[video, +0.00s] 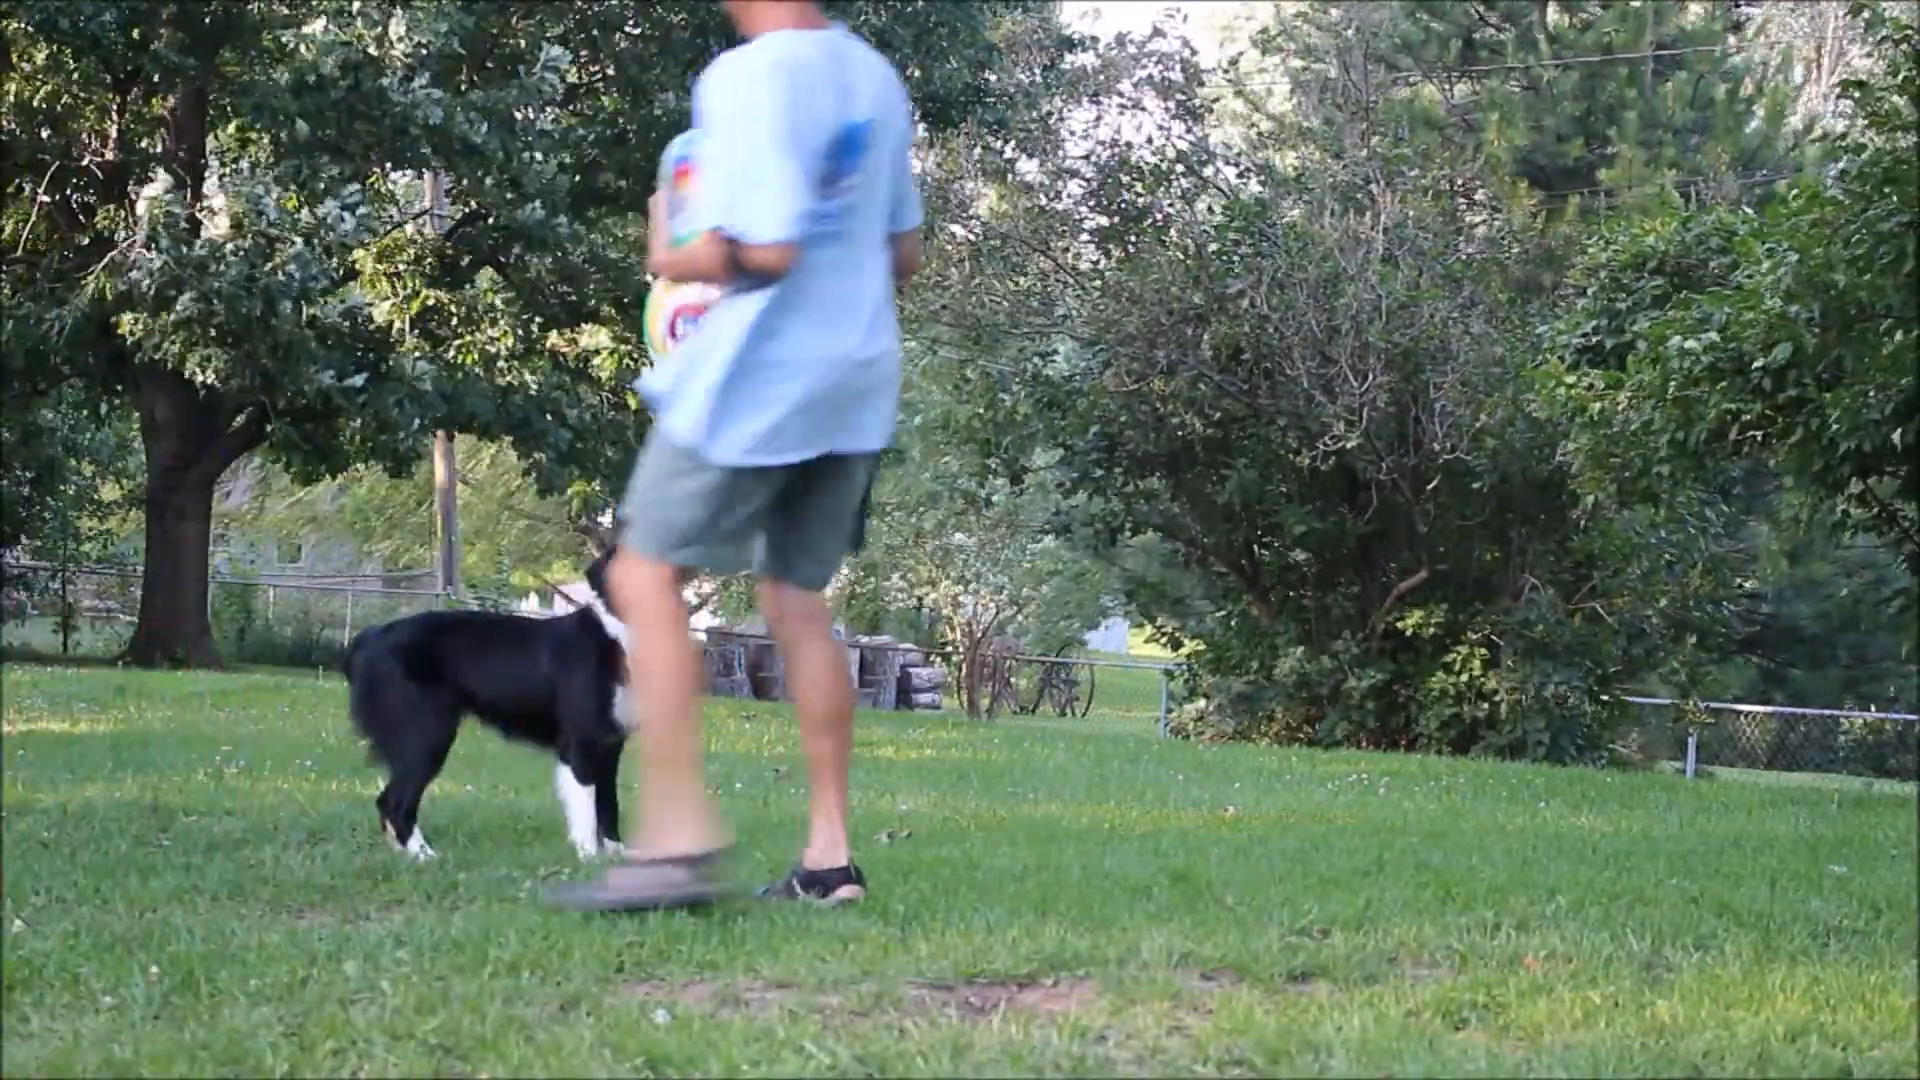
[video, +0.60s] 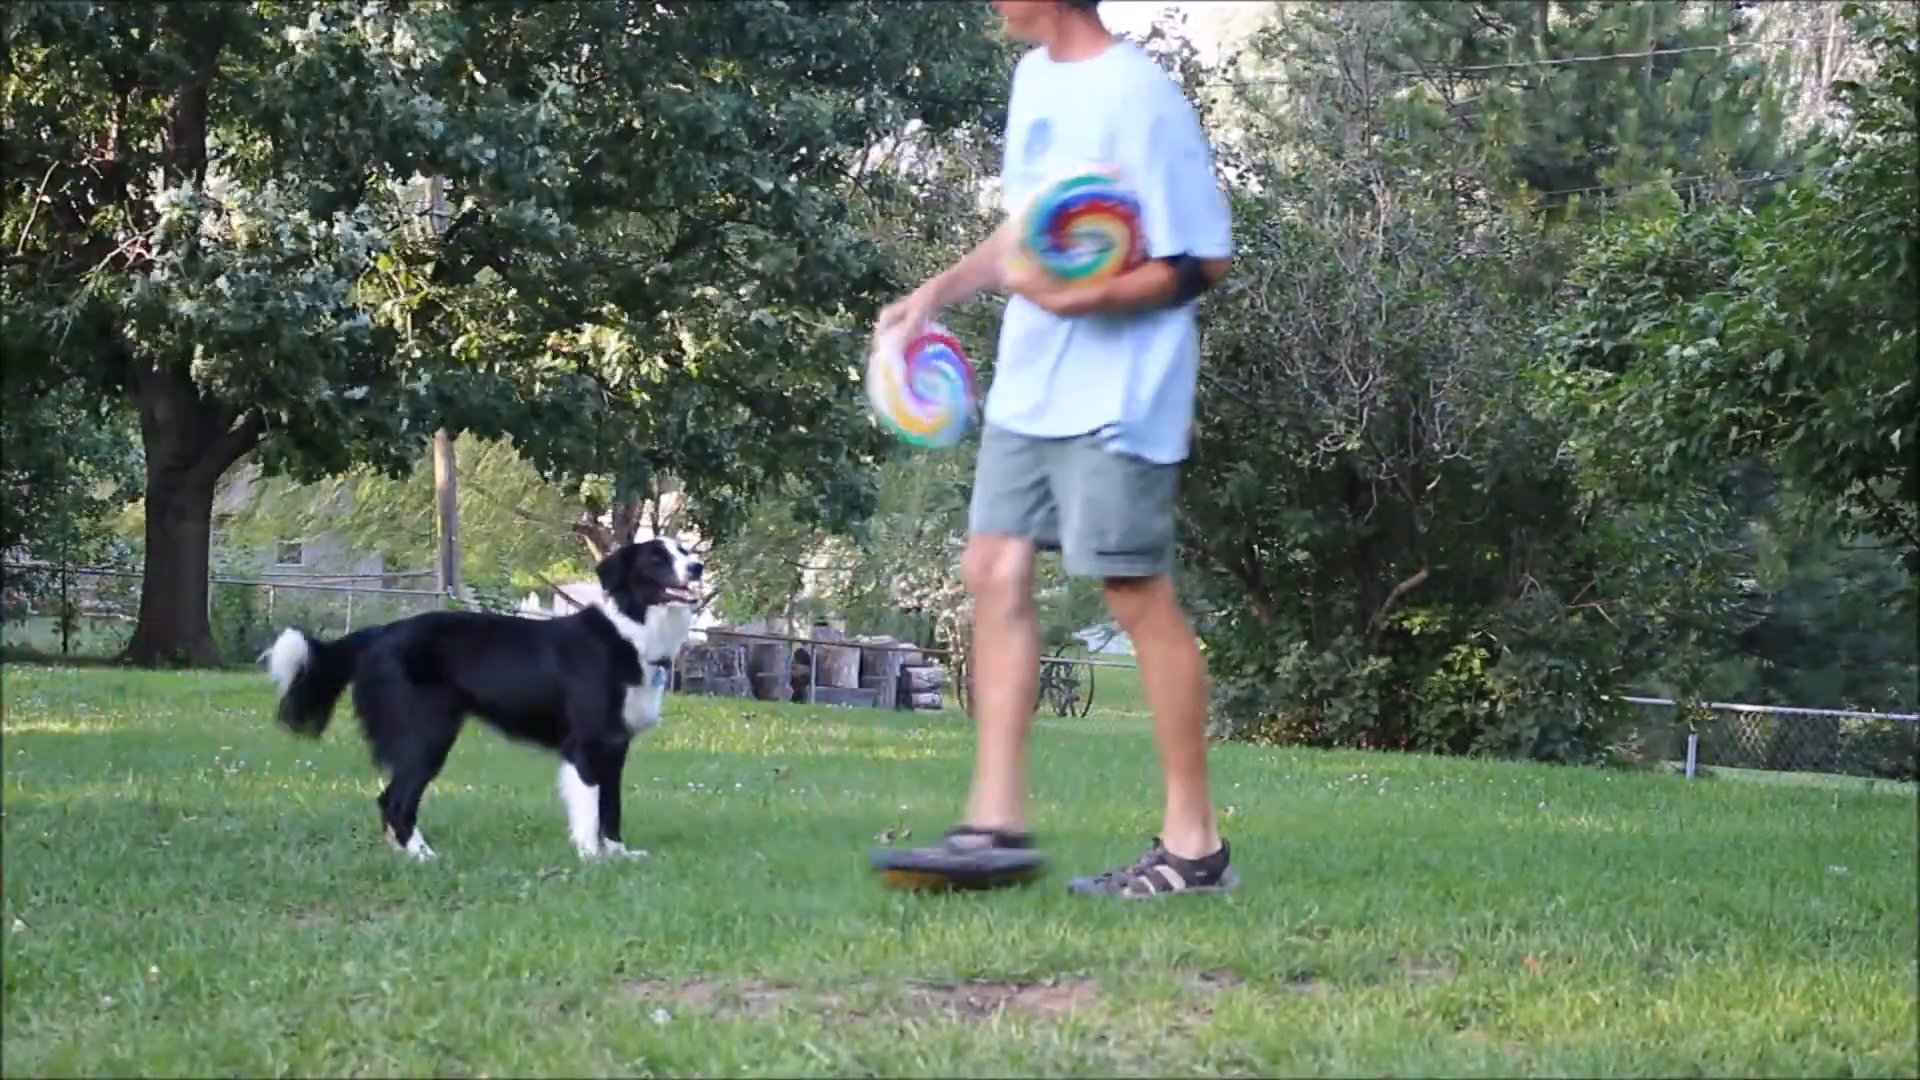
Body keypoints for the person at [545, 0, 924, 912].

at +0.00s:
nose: (724, 5)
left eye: (726, 2)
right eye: (730, 1)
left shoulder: (748, 74)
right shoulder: (879, 73)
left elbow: (763, 253)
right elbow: (900, 254)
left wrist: (671, 259)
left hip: (751, 388)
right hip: (857, 392)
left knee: (643, 571)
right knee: (797, 598)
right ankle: (829, 853)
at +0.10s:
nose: (780, 5)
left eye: (783, 0)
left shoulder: (831, 65)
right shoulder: (907, 66)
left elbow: (840, 242)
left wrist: (723, 241)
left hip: (821, 371)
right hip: (892, 370)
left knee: (721, 572)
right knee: (835, 597)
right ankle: (841, 851)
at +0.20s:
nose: (829, 6)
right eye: (834, 1)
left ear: (855, 0)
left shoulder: (909, 78)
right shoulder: (891, 75)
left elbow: (923, 257)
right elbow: (886, 240)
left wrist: (780, 251)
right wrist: (814, 324)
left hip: (892, 385)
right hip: (870, 385)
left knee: (842, 608)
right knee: (855, 612)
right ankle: (838, 856)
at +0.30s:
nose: (876, 6)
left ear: (909, 0)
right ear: (940, 2)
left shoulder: (975, 86)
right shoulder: (925, 87)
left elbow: (999, 266)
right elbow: (921, 254)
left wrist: (852, 271)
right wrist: (823, 322)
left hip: (958, 406)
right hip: (905, 402)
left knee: (980, 615)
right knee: (874, 605)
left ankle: (1163, 813)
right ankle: (842, 855)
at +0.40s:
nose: (921, 9)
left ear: (959, 7)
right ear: (989, 9)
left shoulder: (1037, 103)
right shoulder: (974, 107)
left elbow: (1046, 287)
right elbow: (955, 271)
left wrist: (912, 301)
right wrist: (851, 338)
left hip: (1028, 425)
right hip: (953, 422)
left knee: (1069, 619)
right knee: (924, 609)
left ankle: (1191, 840)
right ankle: (866, 849)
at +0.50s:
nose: (963, 15)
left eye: (971, 2)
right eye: (965, 4)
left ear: (1011, 9)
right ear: (1025, 12)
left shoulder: (1100, 114)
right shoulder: (1009, 104)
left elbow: (1142, 290)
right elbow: (993, 255)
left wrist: (1003, 324)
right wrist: (901, 316)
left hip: (1085, 421)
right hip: (1003, 415)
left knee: (1111, 614)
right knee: (967, 605)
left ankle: (1195, 846)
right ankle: (911, 840)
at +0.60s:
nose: (996, 5)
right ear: (1053, 1)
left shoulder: (1147, 97)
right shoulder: (1032, 80)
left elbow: (1202, 259)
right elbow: (1029, 232)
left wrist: (1076, 293)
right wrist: (934, 294)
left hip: (1123, 397)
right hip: (1027, 388)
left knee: (1138, 593)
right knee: (994, 572)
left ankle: (1194, 844)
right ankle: (997, 825)